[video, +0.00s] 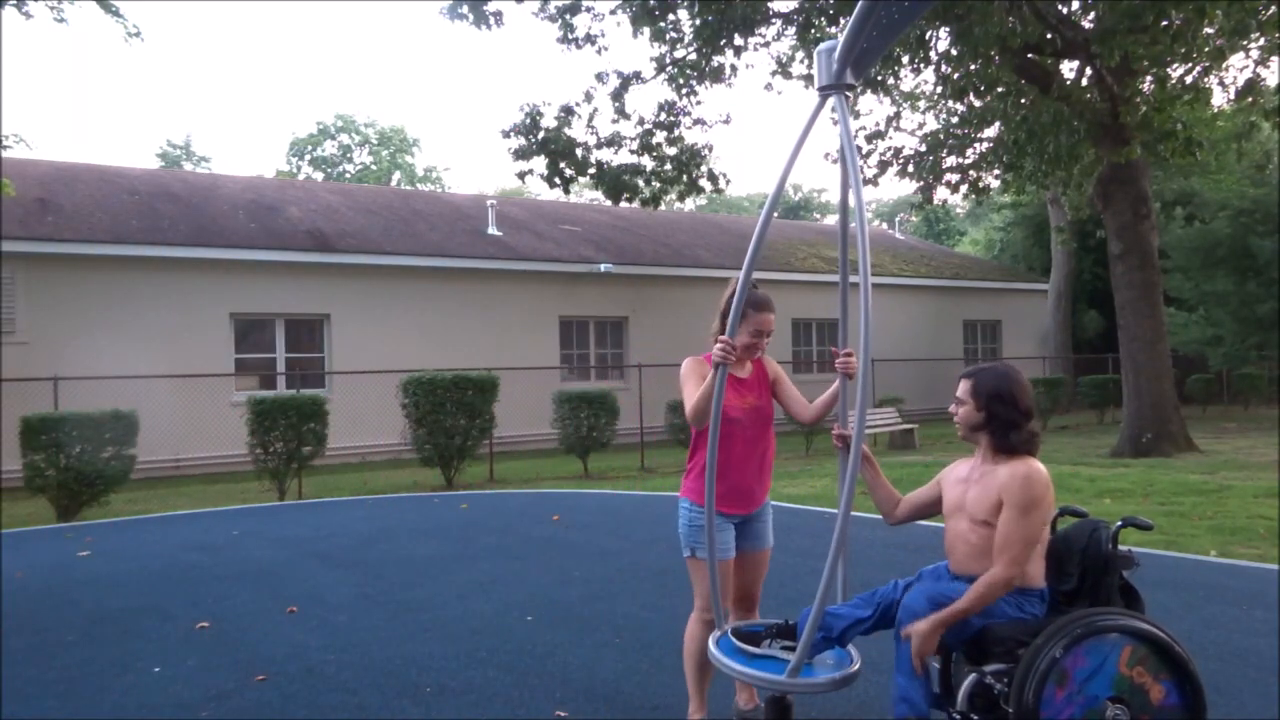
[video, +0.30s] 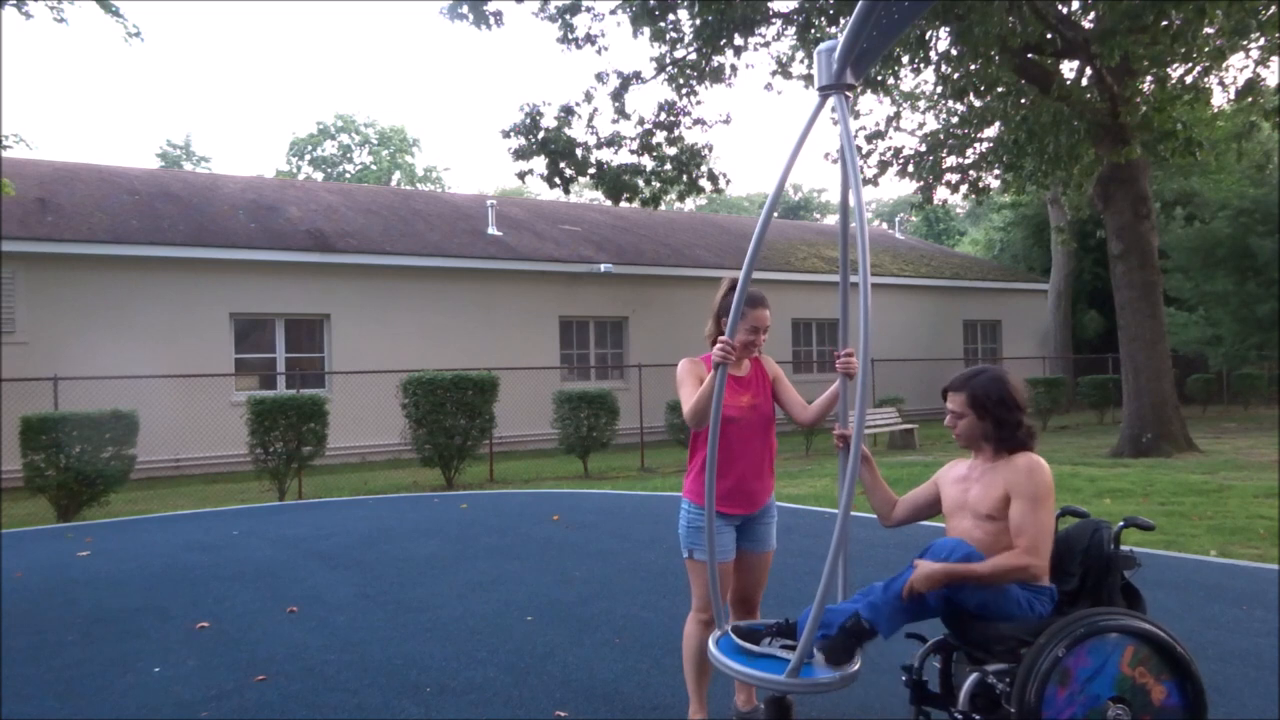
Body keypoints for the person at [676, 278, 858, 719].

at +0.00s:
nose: (763, 342)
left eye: (768, 334)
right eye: (755, 333)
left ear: (771, 330)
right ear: (729, 325)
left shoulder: (767, 367)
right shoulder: (698, 365)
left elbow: (808, 414)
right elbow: (696, 416)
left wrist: (842, 380)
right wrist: (718, 370)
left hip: (755, 506)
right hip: (706, 507)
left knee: (747, 605)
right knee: (709, 613)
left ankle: (747, 693)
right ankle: (697, 708)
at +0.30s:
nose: (761, 339)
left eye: (766, 330)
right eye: (752, 330)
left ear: (768, 326)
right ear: (725, 325)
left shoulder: (765, 366)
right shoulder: (694, 366)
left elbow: (807, 415)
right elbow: (694, 417)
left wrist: (842, 381)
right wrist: (718, 371)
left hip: (759, 507)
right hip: (707, 508)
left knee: (747, 607)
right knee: (707, 614)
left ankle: (746, 695)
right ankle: (697, 709)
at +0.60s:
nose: (757, 337)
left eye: (761, 328)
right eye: (749, 328)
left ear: (764, 326)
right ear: (720, 323)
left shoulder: (763, 366)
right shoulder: (692, 367)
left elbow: (805, 417)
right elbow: (694, 419)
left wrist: (841, 381)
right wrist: (718, 370)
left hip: (761, 508)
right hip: (708, 509)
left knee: (748, 608)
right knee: (707, 615)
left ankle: (746, 694)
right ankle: (697, 709)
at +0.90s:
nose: (757, 338)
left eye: (762, 329)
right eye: (748, 329)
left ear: (765, 326)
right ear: (720, 324)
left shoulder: (763, 366)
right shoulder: (691, 367)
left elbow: (805, 417)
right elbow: (693, 420)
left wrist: (843, 381)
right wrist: (718, 371)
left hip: (761, 508)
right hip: (708, 509)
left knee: (747, 608)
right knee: (706, 615)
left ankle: (746, 693)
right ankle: (697, 709)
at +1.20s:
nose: (756, 338)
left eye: (761, 329)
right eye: (748, 329)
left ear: (764, 326)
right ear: (719, 324)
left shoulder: (762, 367)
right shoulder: (689, 367)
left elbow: (804, 417)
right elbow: (693, 418)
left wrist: (842, 381)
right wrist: (718, 370)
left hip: (759, 508)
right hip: (706, 509)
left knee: (747, 608)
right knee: (705, 615)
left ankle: (746, 695)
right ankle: (697, 709)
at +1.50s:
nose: (752, 336)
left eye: (757, 327)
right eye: (744, 327)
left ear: (761, 325)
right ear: (717, 324)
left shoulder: (761, 366)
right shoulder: (688, 367)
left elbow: (805, 416)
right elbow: (692, 418)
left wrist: (843, 381)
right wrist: (719, 370)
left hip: (758, 507)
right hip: (705, 509)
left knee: (746, 608)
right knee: (705, 614)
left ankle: (745, 695)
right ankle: (697, 709)